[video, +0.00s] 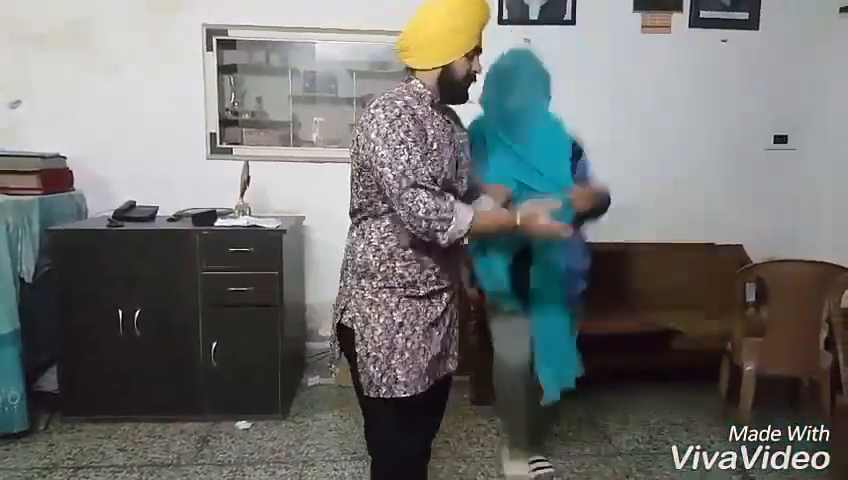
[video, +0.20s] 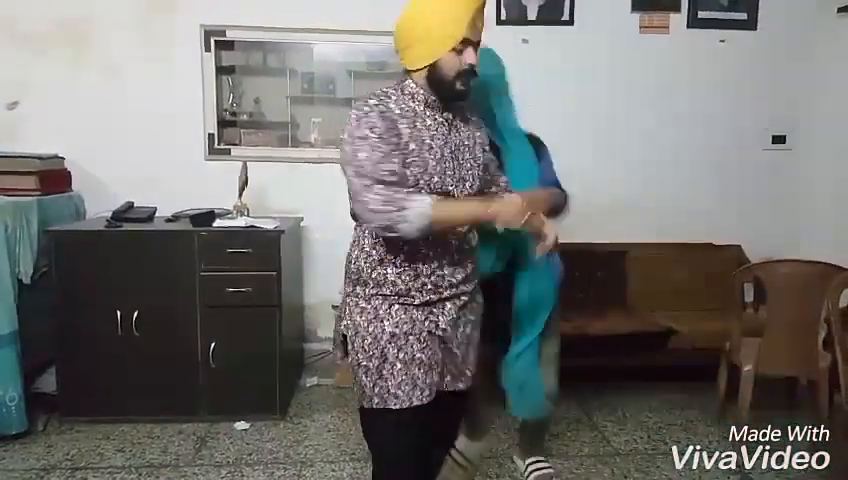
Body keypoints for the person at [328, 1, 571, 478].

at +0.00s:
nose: (479, 68)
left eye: (479, 56)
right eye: (473, 55)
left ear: (442, 57)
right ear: (444, 56)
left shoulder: (452, 126)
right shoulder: (391, 114)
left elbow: (454, 195)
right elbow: (419, 211)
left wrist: (489, 199)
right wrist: (512, 222)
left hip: (434, 298)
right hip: (385, 303)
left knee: (419, 442)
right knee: (398, 451)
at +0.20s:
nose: (473, 60)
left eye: (476, 47)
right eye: (463, 46)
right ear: (425, 46)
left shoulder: (473, 124)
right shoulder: (376, 116)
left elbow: (489, 192)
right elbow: (384, 209)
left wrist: (529, 218)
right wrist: (489, 211)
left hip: (457, 307)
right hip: (391, 310)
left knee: (436, 447)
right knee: (400, 460)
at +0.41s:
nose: (447, 53)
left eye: (458, 40)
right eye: (431, 40)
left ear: (472, 48)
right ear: (409, 48)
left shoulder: (488, 121)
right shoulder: (374, 116)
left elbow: (522, 187)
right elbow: (313, 200)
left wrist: (531, 255)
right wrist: (381, 281)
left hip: (476, 319)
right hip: (390, 324)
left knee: (496, 443)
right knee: (397, 465)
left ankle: (451, 474)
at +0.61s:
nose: (434, 50)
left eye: (450, 35)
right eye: (422, 37)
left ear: (480, 41)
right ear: (412, 45)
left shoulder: (516, 116)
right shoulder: (380, 114)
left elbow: (566, 177)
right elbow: (304, 184)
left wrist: (549, 264)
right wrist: (348, 275)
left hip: (497, 334)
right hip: (402, 336)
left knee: (521, 471)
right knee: (398, 473)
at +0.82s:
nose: (445, 49)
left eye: (459, 34)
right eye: (439, 36)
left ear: (502, 36)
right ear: (434, 36)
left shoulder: (561, 115)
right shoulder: (418, 115)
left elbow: (627, 195)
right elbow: (355, 189)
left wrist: (585, 283)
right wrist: (387, 280)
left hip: (529, 346)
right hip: (432, 344)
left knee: (540, 472)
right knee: (420, 472)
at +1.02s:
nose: (467, 47)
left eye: (480, 32)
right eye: (465, 32)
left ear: (528, 35)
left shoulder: (595, 116)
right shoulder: (457, 112)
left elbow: (681, 207)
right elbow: (410, 183)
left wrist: (619, 299)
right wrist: (424, 271)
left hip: (556, 348)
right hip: (463, 341)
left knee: (559, 472)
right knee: (443, 470)